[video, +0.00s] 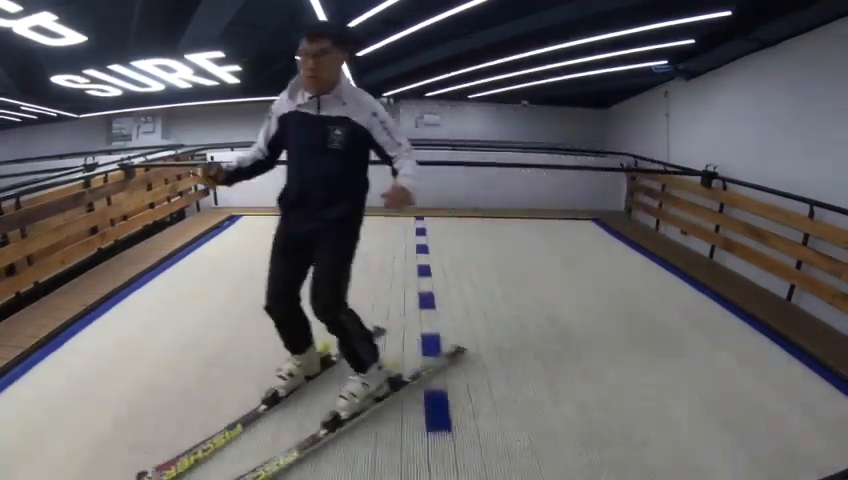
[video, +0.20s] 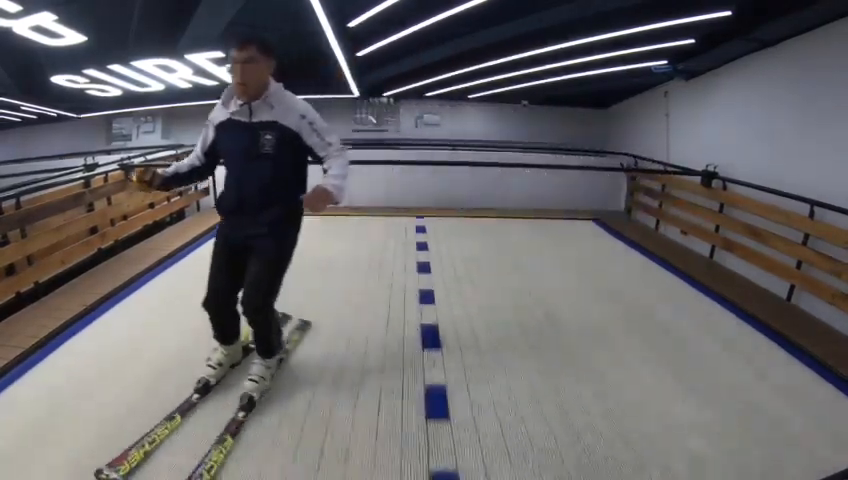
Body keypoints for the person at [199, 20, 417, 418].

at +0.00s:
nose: (310, 64)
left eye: (321, 56)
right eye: (304, 56)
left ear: (342, 59)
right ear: (298, 59)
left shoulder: (362, 108)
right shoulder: (286, 105)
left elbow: (402, 153)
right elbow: (263, 155)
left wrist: (403, 184)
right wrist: (225, 174)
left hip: (339, 221)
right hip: (294, 218)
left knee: (326, 303)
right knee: (279, 301)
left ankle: (369, 371)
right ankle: (305, 357)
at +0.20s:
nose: (238, 71)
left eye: (248, 62)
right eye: (234, 63)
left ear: (270, 66)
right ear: (229, 67)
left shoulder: (294, 111)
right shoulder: (221, 115)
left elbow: (336, 154)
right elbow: (201, 161)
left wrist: (330, 188)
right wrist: (163, 178)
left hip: (277, 223)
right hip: (234, 221)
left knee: (255, 301)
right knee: (216, 300)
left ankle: (268, 355)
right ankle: (231, 345)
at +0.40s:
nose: (198, 83)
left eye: (208, 75)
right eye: (194, 75)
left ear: (229, 79)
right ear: (189, 77)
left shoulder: (250, 122)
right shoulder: (177, 121)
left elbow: (286, 167)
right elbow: (156, 167)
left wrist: (272, 197)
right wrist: (121, 186)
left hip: (232, 231)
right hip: (188, 227)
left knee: (207, 303)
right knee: (171, 303)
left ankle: (203, 357)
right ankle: (174, 349)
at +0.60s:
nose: (183, 92)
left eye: (194, 84)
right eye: (180, 82)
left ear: (214, 87)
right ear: (174, 83)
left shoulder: (232, 131)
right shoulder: (155, 126)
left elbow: (264, 175)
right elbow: (128, 172)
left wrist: (260, 201)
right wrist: (96, 188)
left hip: (209, 239)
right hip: (164, 235)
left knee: (188, 308)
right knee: (149, 307)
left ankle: (179, 366)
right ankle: (142, 358)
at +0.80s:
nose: (193, 91)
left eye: (204, 83)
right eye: (189, 81)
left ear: (221, 85)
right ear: (182, 81)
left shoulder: (238, 132)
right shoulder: (157, 126)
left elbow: (268, 175)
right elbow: (128, 171)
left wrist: (271, 198)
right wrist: (102, 188)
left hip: (213, 242)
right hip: (166, 238)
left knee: (197, 314)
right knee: (156, 313)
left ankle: (183, 371)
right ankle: (139, 367)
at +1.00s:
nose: (225, 86)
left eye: (236, 78)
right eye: (219, 76)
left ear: (252, 83)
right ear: (210, 75)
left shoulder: (264, 128)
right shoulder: (185, 120)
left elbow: (295, 171)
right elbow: (151, 165)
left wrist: (307, 194)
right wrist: (130, 185)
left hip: (240, 243)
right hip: (191, 240)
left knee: (235, 323)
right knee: (187, 320)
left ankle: (210, 375)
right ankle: (165, 374)